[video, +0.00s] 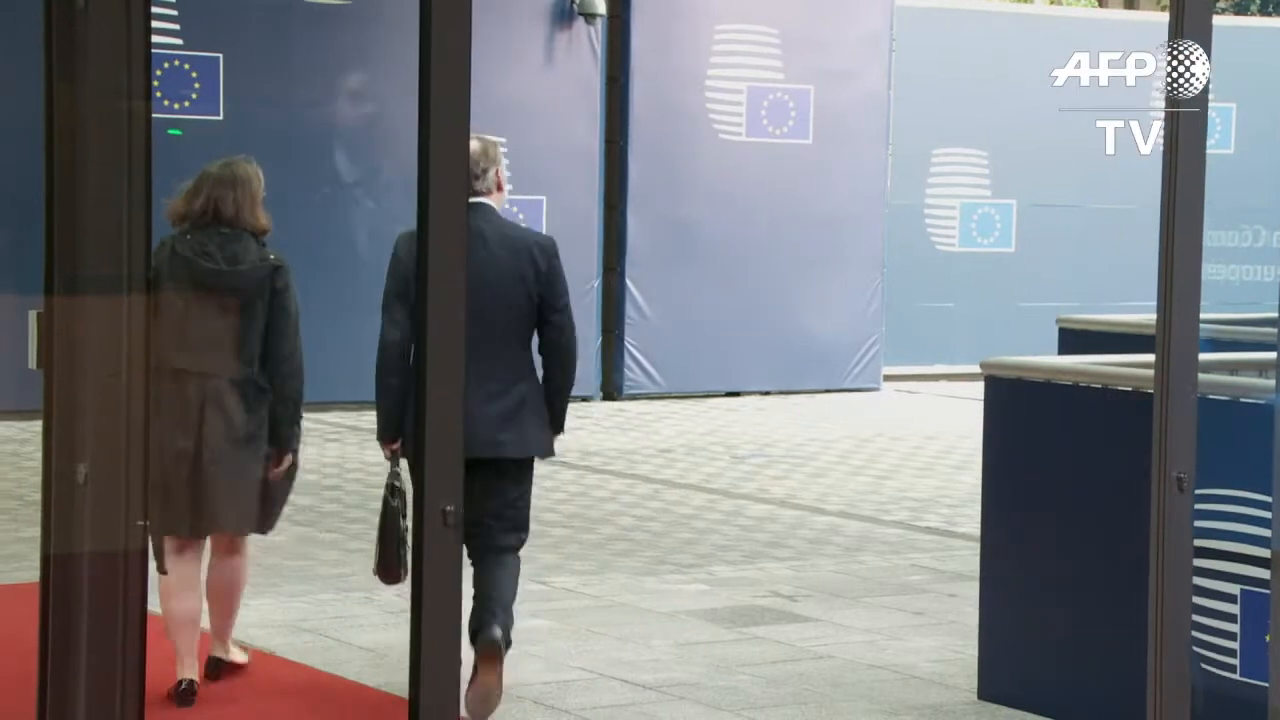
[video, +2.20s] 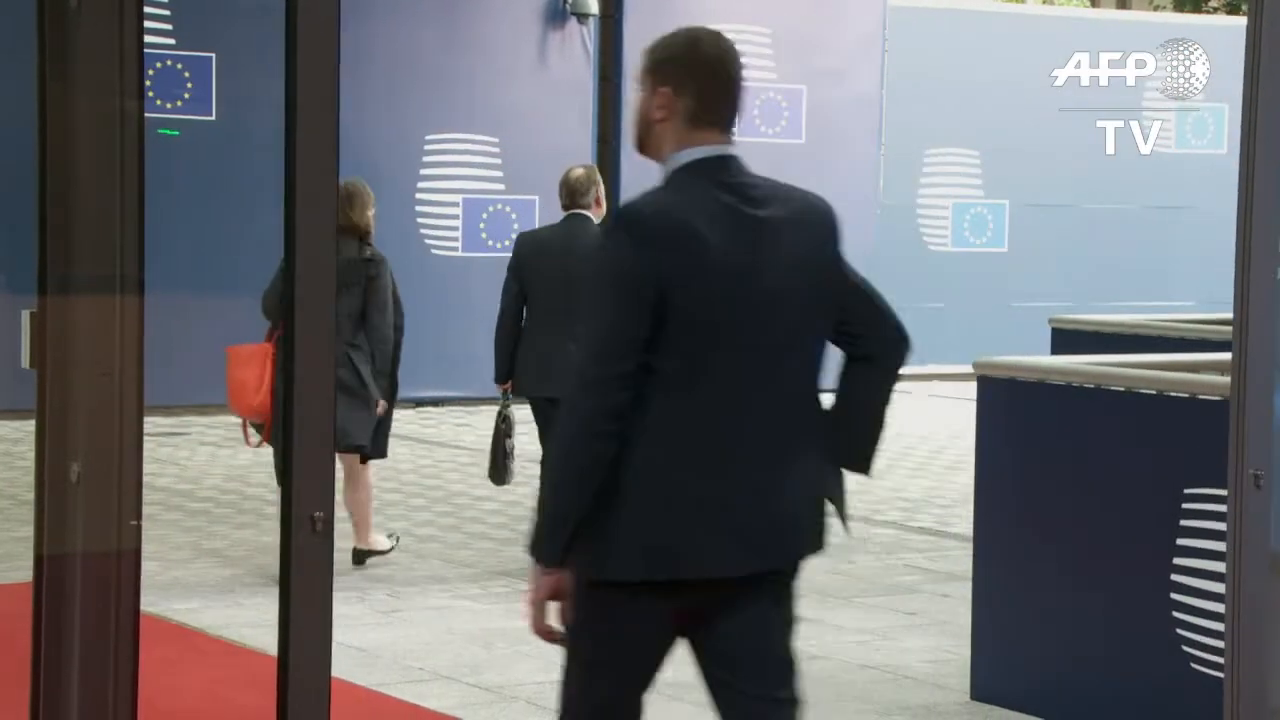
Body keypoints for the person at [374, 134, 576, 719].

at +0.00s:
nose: (506, 184)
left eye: (499, 175)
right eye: (505, 177)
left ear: (447, 181)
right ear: (497, 182)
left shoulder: (413, 246)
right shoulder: (535, 248)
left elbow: (394, 341)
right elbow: (561, 344)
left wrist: (390, 422)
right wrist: (551, 415)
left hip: (433, 429)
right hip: (507, 427)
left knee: (435, 554)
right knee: (499, 543)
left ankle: (435, 680)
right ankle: (491, 639)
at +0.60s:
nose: (518, 198)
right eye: (520, 192)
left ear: (471, 190)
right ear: (517, 193)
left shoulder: (432, 236)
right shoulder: (540, 250)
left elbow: (405, 315)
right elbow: (556, 337)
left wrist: (401, 395)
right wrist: (561, 411)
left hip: (438, 404)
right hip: (508, 408)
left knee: (441, 507)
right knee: (493, 518)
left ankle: (437, 590)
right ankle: (472, 633)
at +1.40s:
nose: (550, 191)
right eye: (550, 185)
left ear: (503, 186)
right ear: (546, 187)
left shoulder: (466, 232)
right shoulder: (565, 236)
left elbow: (447, 310)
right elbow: (583, 315)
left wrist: (445, 373)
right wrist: (584, 379)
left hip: (481, 380)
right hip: (542, 381)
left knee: (483, 483)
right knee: (543, 474)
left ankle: (486, 595)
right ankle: (539, 577)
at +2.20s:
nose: (606, 201)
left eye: (604, 195)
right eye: (605, 195)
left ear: (562, 200)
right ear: (599, 199)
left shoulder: (529, 243)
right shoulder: (611, 246)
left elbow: (510, 313)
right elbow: (621, 317)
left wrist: (503, 370)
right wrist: (620, 370)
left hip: (540, 377)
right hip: (592, 377)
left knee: (554, 461)